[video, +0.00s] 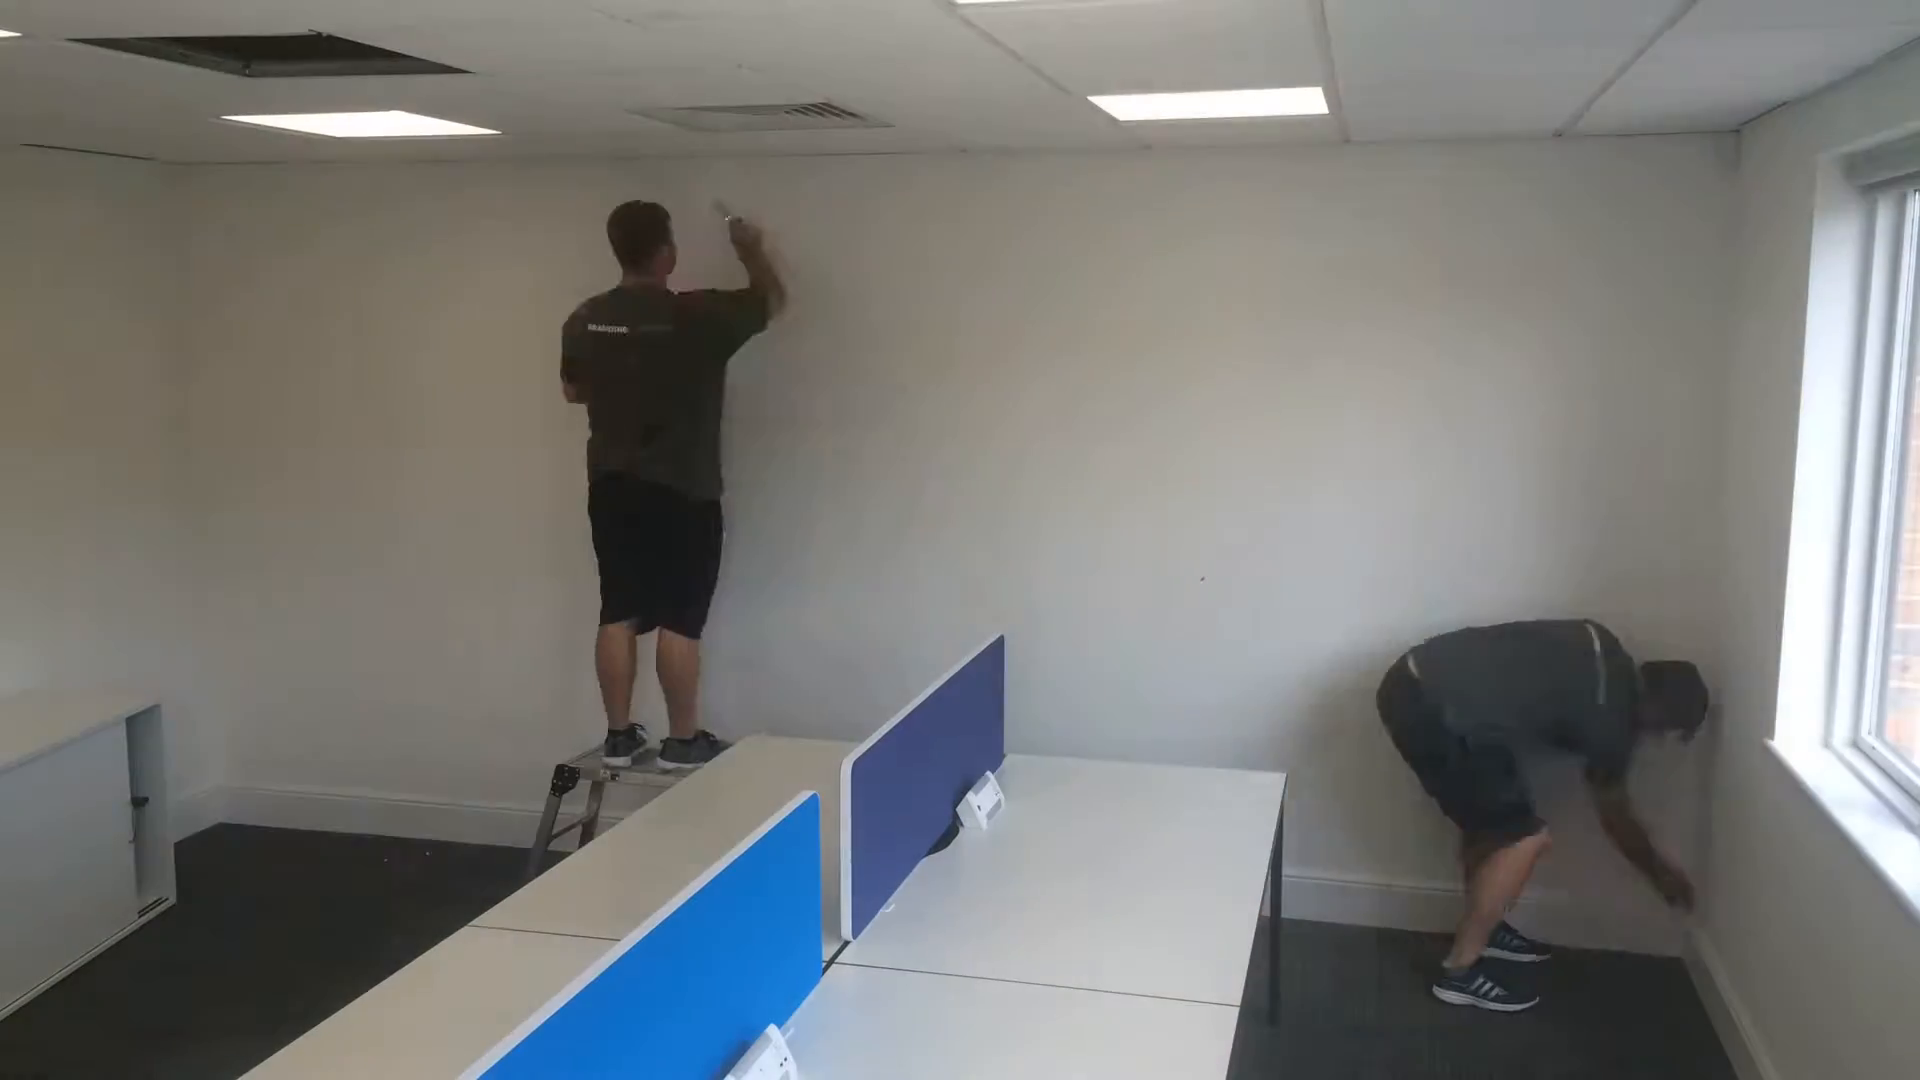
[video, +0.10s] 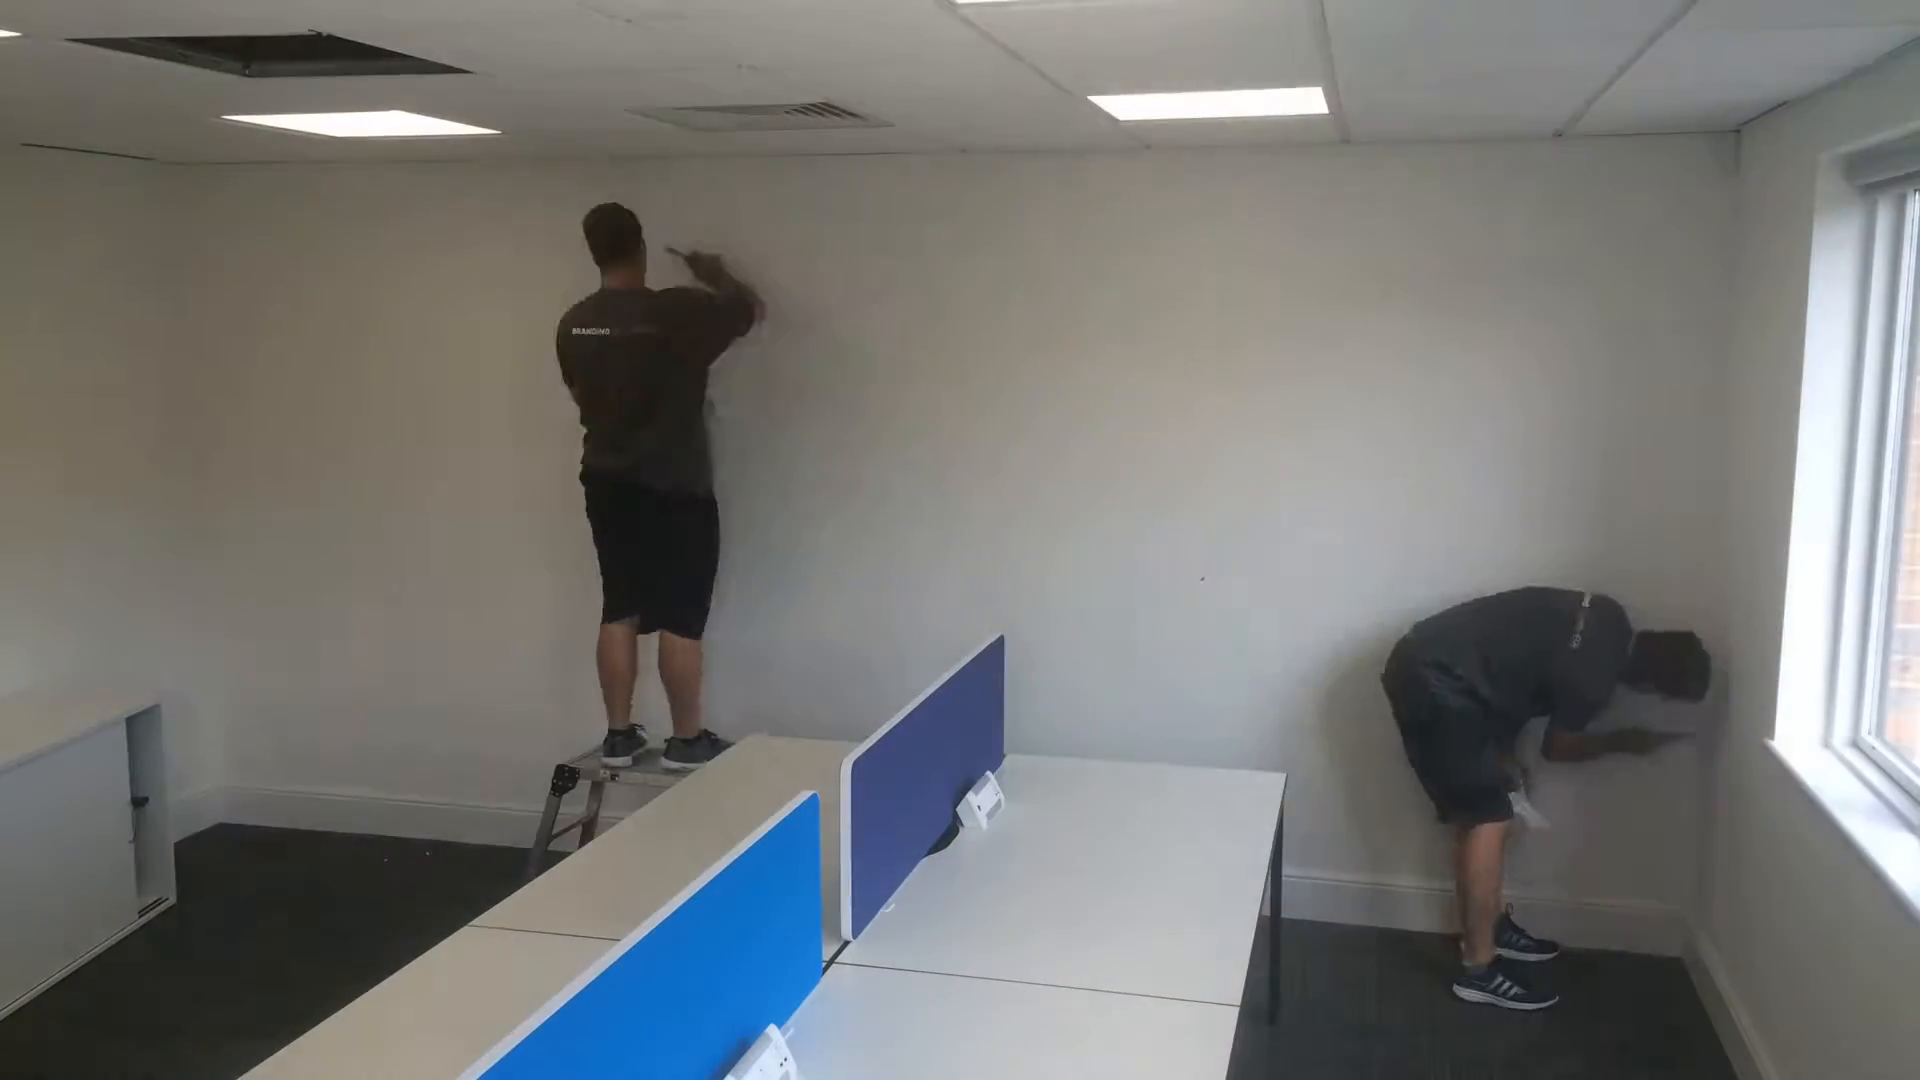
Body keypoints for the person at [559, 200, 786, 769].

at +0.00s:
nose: (673, 252)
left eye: (667, 243)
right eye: (671, 243)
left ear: (616, 254)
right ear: (667, 251)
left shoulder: (586, 320)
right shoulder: (700, 317)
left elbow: (575, 389)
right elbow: (770, 294)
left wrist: (634, 379)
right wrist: (749, 245)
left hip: (612, 488)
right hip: (685, 489)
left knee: (618, 610)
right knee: (682, 618)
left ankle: (619, 734)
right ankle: (684, 739)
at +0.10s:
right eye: (636, 242)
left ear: (593, 255)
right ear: (643, 246)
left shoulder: (574, 326)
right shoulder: (678, 312)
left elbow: (585, 395)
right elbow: (747, 308)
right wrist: (713, 272)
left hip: (607, 485)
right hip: (678, 484)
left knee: (619, 607)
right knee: (682, 615)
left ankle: (619, 734)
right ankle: (688, 737)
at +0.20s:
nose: (752, 291)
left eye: (755, 279)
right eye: (752, 277)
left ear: (709, 262)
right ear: (732, 267)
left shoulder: (668, 314)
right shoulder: (703, 328)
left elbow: (689, 411)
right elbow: (701, 411)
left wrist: (749, 436)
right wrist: (757, 439)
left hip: (627, 488)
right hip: (684, 498)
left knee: (634, 610)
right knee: (692, 624)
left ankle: (616, 731)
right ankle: (690, 739)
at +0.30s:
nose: (704, 486)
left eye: (709, 477)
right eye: (709, 476)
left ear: (661, 451)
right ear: (701, 468)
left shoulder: (591, 488)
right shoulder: (685, 516)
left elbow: (548, 555)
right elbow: (739, 588)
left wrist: (596, 593)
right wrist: (797, 636)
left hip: (572, 675)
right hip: (642, 672)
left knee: (604, 809)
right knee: (730, 620)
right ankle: (696, 740)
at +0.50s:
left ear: (647, 654)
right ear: (695, 651)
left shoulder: (633, 678)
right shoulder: (720, 682)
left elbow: (587, 764)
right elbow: (756, 747)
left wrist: (592, 727)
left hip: (663, 817)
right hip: (736, 807)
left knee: (578, 770)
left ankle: (598, 869)